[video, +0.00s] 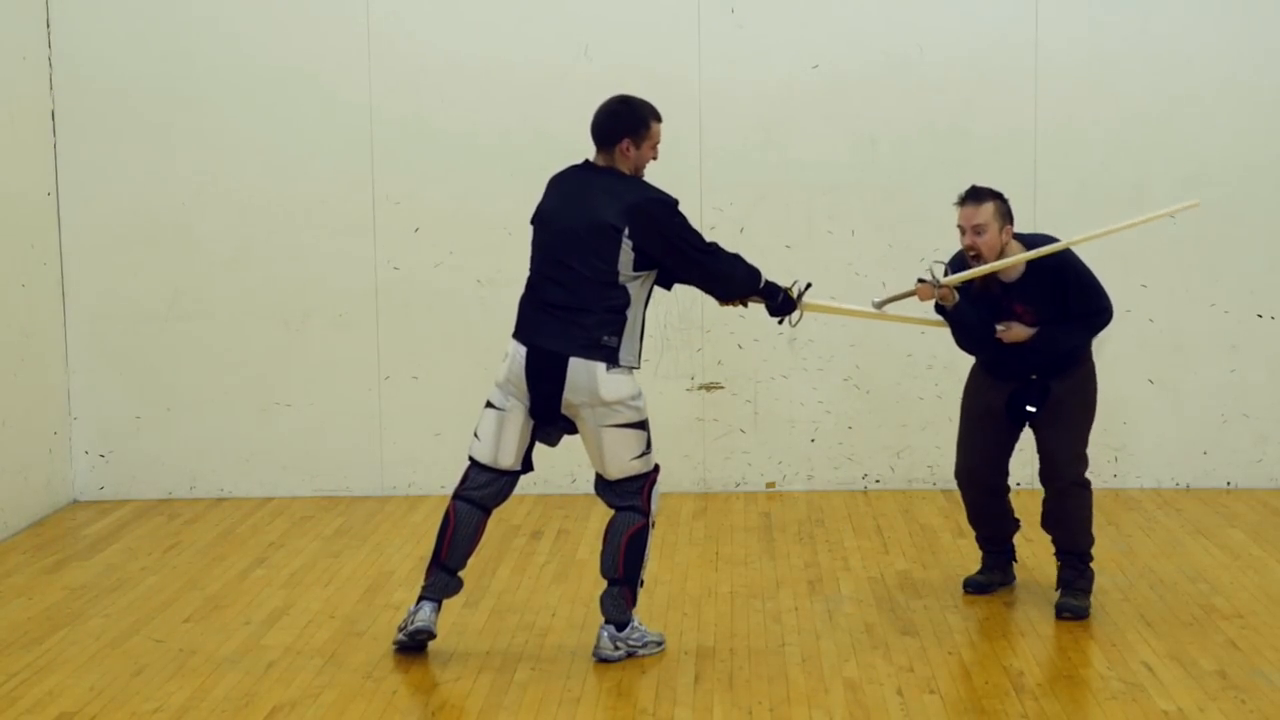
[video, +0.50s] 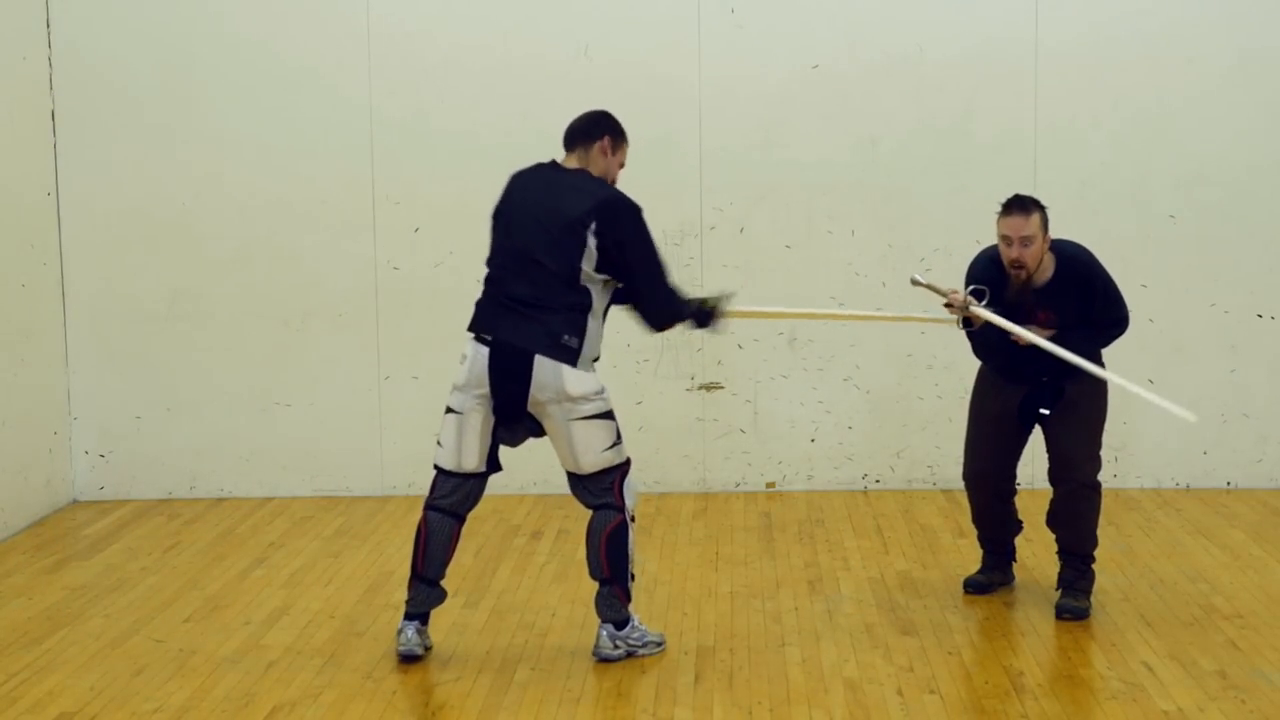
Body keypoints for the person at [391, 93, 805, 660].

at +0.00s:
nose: (655, 156)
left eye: (656, 146)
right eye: (652, 146)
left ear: (608, 144)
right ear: (627, 145)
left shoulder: (561, 186)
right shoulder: (644, 205)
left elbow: (643, 256)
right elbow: (704, 259)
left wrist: (716, 285)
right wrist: (767, 288)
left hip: (527, 359)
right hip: (600, 371)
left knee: (481, 481)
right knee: (632, 496)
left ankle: (427, 605)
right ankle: (617, 627)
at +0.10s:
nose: (663, 158)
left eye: (664, 148)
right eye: (659, 147)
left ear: (616, 145)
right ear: (633, 145)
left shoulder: (567, 183)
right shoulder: (648, 207)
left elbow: (645, 258)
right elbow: (706, 262)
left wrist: (720, 288)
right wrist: (770, 292)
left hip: (526, 356)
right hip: (597, 370)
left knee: (481, 480)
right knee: (630, 496)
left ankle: (428, 604)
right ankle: (617, 627)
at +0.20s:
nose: (665, 162)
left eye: (666, 151)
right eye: (661, 151)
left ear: (618, 147)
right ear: (637, 148)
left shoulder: (570, 182)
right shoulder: (647, 209)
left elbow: (637, 257)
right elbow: (706, 265)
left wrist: (725, 290)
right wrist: (772, 296)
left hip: (518, 353)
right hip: (587, 368)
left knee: (478, 481)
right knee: (624, 496)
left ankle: (431, 610)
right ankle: (617, 627)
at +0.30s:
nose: (658, 167)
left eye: (660, 156)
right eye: (655, 155)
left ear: (613, 151)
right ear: (630, 152)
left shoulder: (566, 185)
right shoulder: (641, 211)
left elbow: (637, 261)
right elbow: (703, 267)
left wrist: (725, 293)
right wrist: (771, 295)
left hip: (506, 351)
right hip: (578, 367)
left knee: (469, 485)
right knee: (617, 496)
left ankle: (425, 616)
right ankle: (617, 627)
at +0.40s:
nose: (643, 170)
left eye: (645, 159)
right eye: (641, 159)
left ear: (596, 154)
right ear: (615, 153)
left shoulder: (551, 190)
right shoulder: (628, 209)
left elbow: (628, 268)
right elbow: (692, 269)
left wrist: (709, 293)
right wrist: (761, 297)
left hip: (493, 356)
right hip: (567, 367)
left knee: (457, 489)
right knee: (611, 496)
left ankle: (416, 622)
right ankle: (616, 627)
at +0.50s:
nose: (620, 173)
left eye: (621, 162)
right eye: (620, 161)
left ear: (570, 147)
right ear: (604, 148)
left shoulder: (521, 182)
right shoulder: (612, 205)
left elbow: (542, 270)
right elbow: (657, 308)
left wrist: (622, 288)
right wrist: (694, 309)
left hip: (486, 356)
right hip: (560, 367)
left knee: (450, 489)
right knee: (608, 493)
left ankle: (413, 621)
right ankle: (616, 625)